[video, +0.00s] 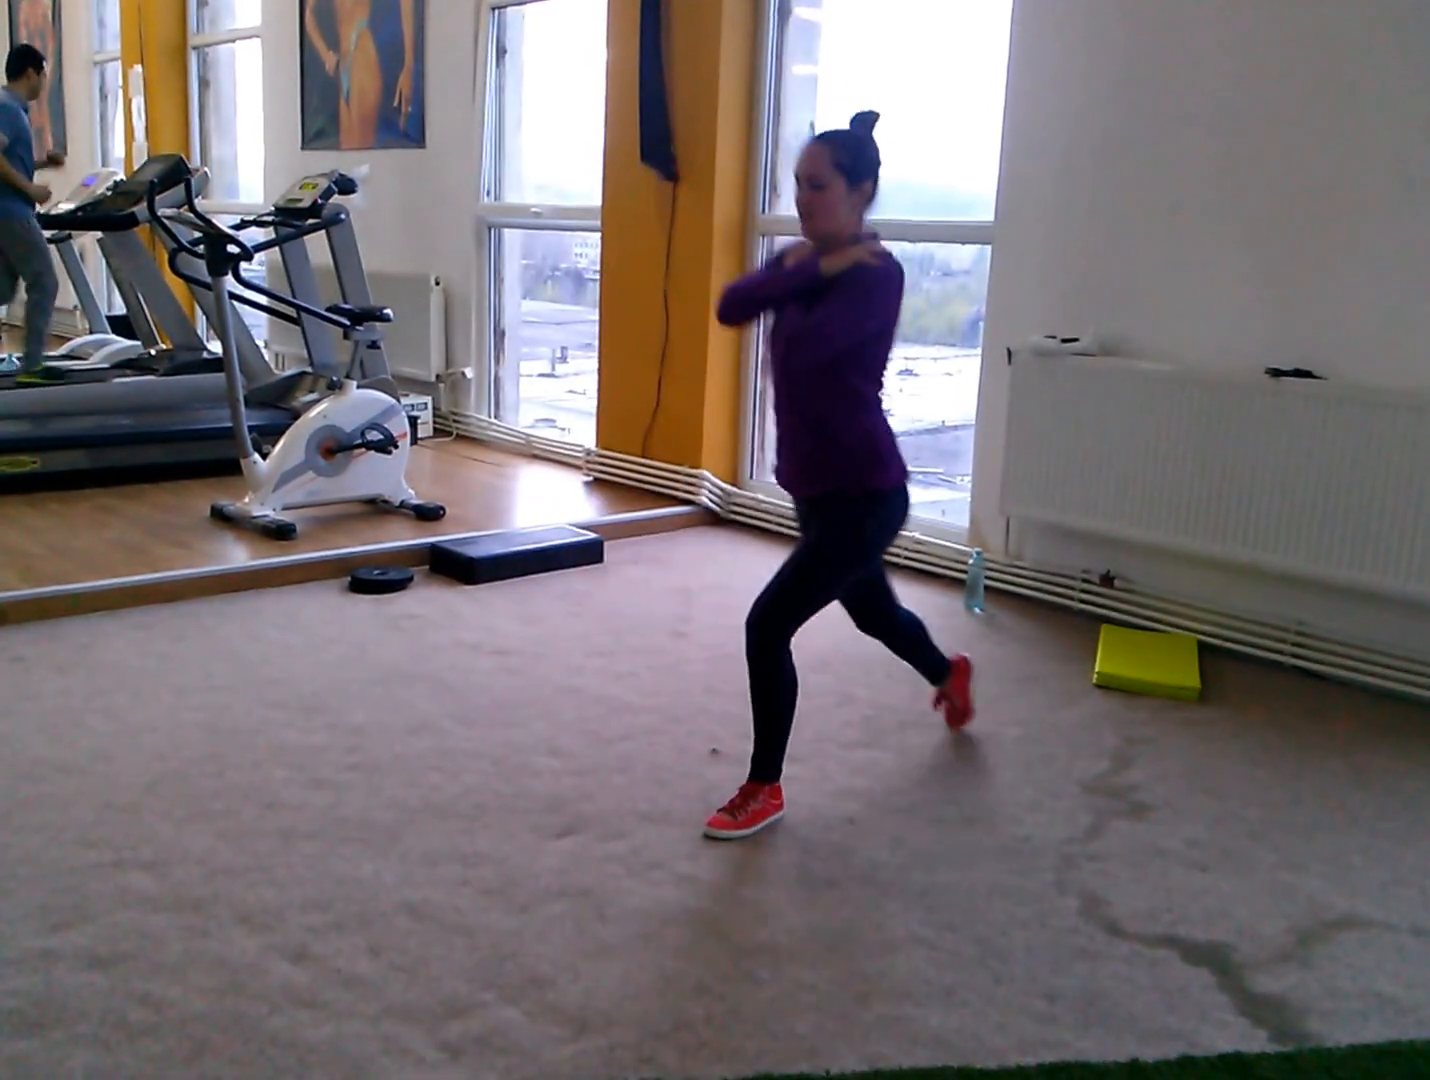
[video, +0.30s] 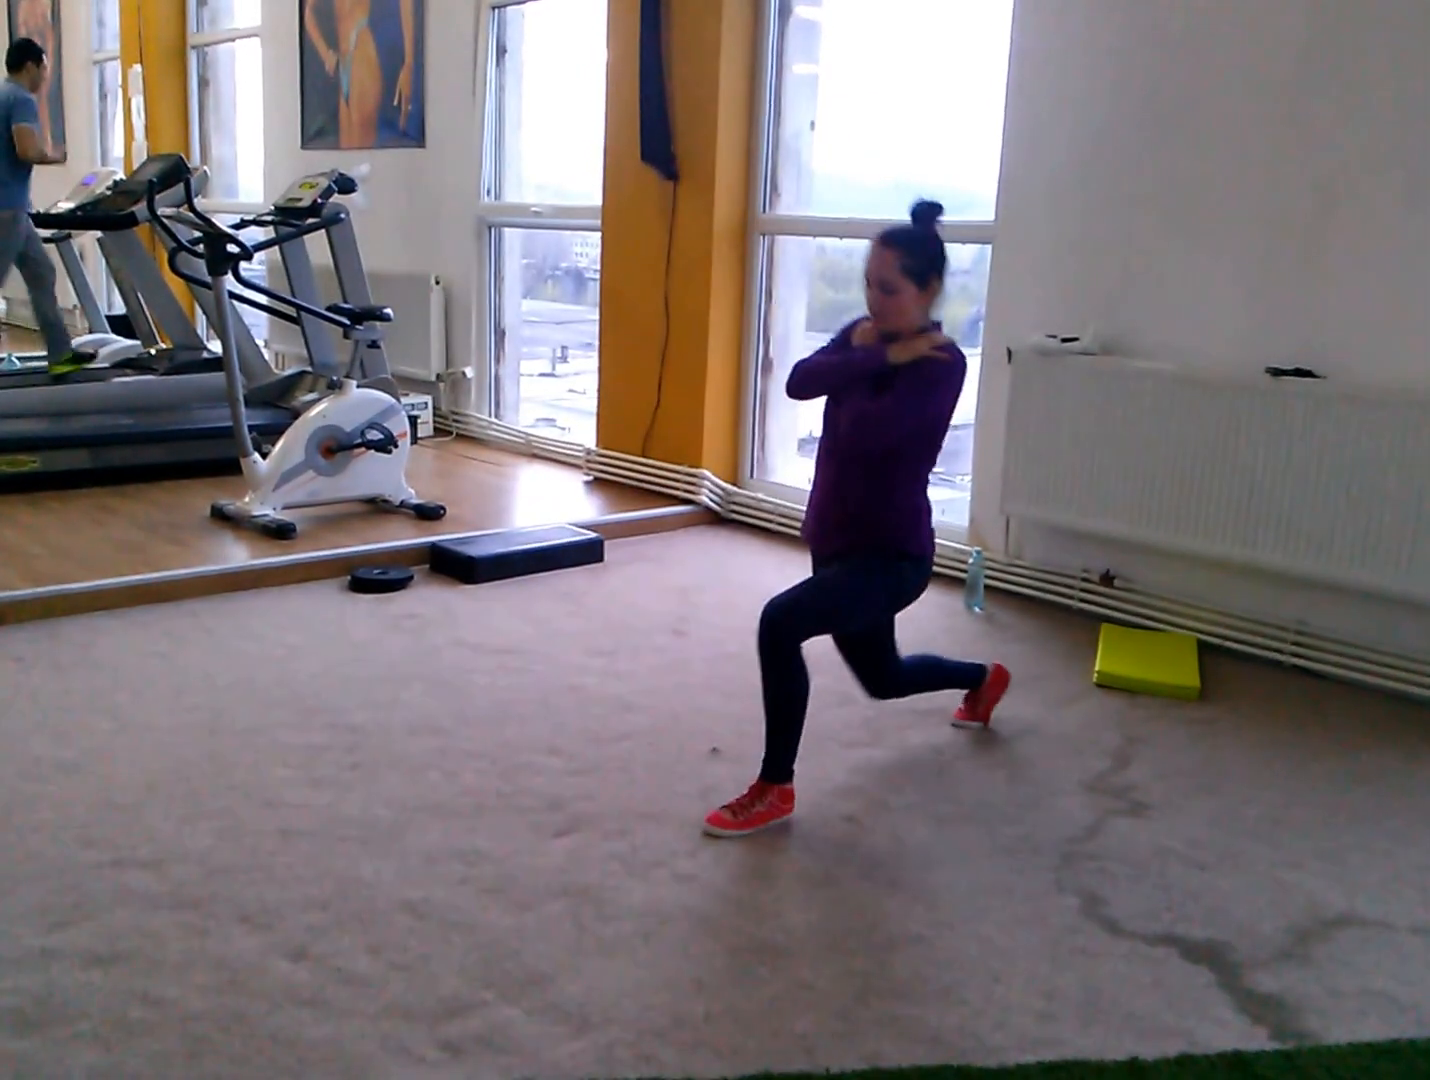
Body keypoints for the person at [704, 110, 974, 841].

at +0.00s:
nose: (801, 198)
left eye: (817, 185)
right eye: (798, 184)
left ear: (861, 195)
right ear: (799, 190)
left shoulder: (878, 275)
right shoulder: (798, 263)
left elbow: (809, 347)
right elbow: (730, 309)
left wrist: (784, 280)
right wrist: (817, 262)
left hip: (868, 494)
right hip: (814, 491)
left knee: (767, 625)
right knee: (877, 612)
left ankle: (764, 785)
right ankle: (948, 676)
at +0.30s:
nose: (872, 299)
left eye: (886, 289)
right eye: (869, 285)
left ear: (927, 293)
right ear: (865, 280)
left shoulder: (942, 365)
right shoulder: (860, 336)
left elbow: (873, 434)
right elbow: (798, 384)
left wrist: (871, 357)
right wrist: (885, 350)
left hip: (894, 557)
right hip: (836, 546)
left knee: (780, 623)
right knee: (881, 679)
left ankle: (774, 787)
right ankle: (982, 677)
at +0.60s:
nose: (883, 313)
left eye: (898, 305)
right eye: (881, 300)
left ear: (941, 315)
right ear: (877, 298)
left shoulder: (945, 386)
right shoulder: (865, 349)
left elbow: (867, 446)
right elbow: (798, 388)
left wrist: (869, 363)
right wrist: (893, 369)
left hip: (886, 572)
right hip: (829, 559)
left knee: (769, 624)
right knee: (868, 692)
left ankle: (770, 785)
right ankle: (974, 677)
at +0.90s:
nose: (861, 336)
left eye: (877, 328)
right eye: (859, 322)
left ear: (921, 333)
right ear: (855, 316)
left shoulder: (930, 403)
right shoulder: (849, 372)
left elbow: (849, 461)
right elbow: (785, 412)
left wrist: (839, 397)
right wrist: (877, 388)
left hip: (885, 592)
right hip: (825, 582)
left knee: (769, 626)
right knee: (867, 710)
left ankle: (771, 785)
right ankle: (970, 678)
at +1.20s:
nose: (857, 348)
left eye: (872, 338)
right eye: (854, 334)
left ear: (915, 340)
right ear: (850, 329)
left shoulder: (930, 411)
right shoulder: (847, 383)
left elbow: (851, 468)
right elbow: (783, 423)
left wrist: (834, 408)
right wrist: (874, 396)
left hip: (888, 600)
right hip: (826, 590)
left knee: (770, 625)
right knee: (868, 718)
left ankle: (774, 785)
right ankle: (970, 679)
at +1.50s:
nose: (847, 335)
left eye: (860, 324)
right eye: (841, 322)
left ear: (904, 323)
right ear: (838, 320)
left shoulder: (922, 394)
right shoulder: (840, 374)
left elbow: (852, 465)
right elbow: (778, 424)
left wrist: (836, 399)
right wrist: (860, 384)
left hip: (896, 592)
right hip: (836, 584)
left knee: (777, 624)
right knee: (878, 707)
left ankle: (776, 783)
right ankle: (980, 677)